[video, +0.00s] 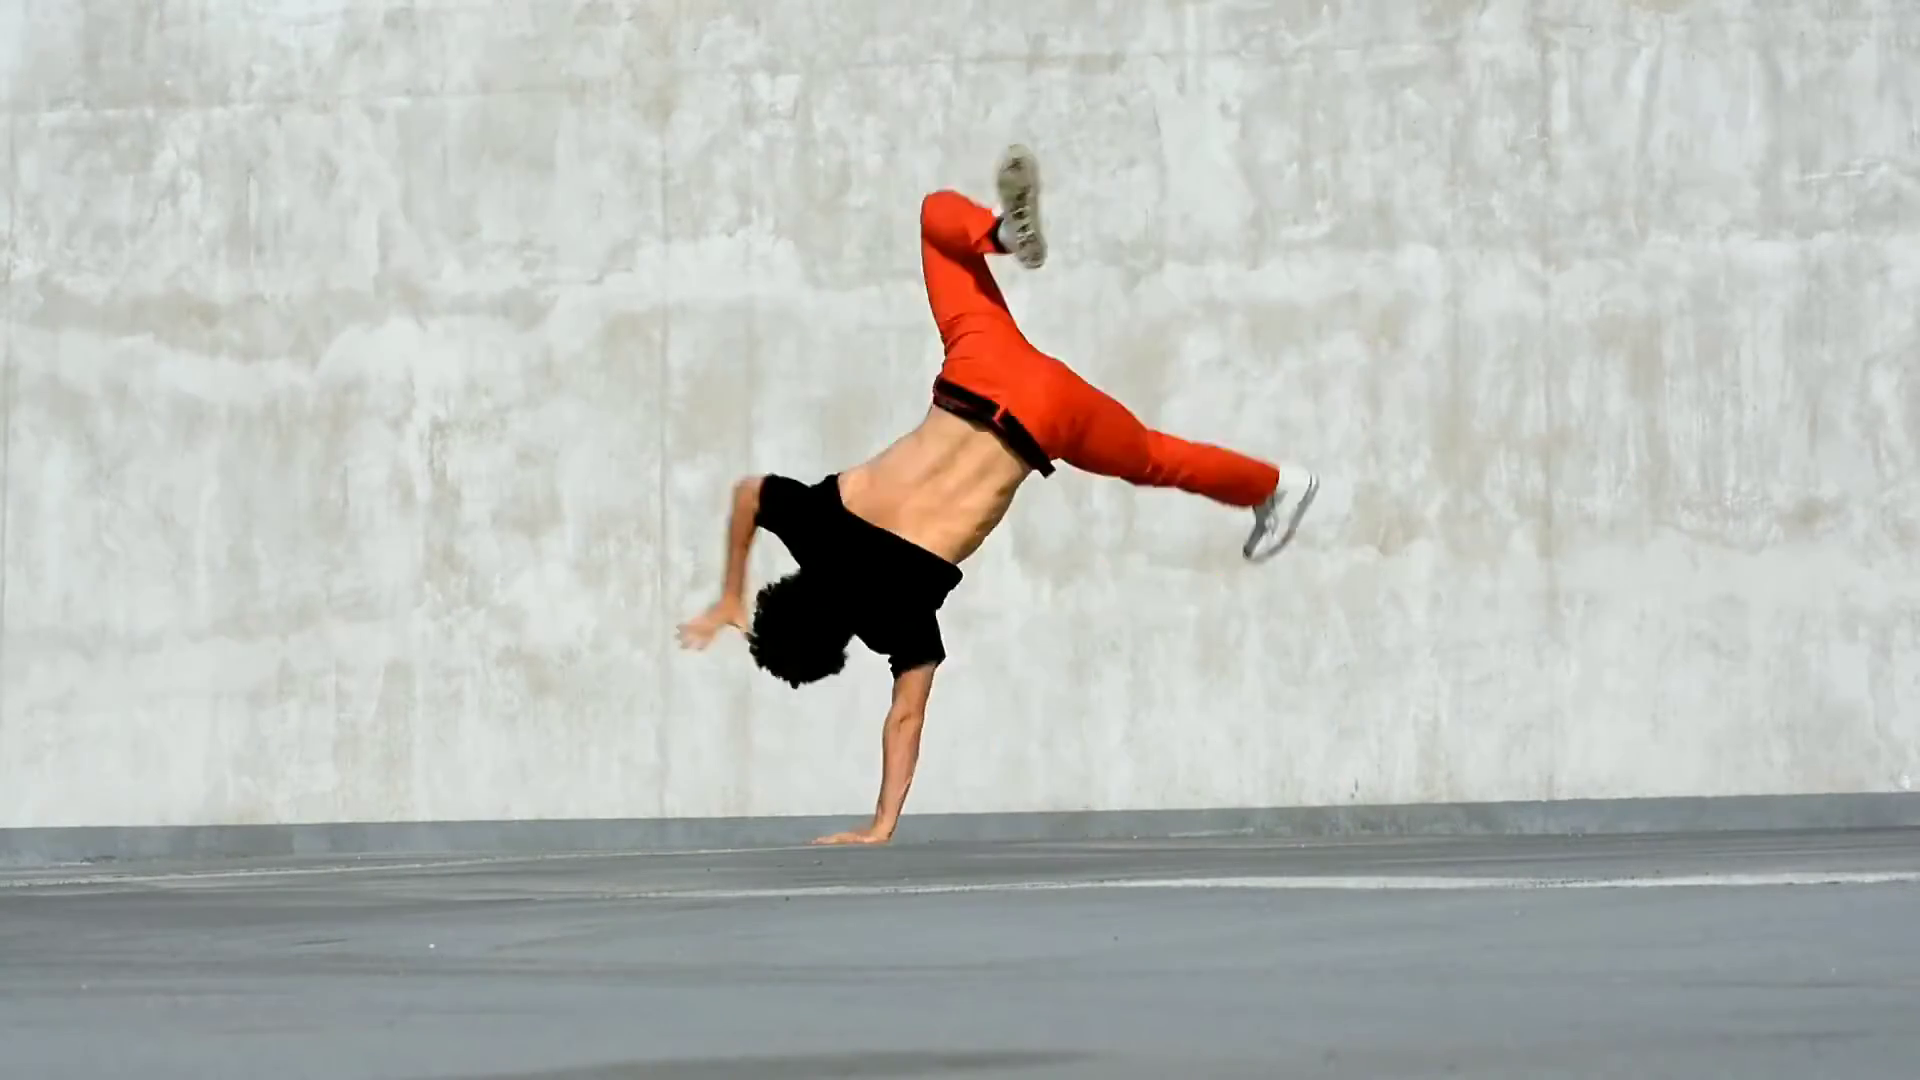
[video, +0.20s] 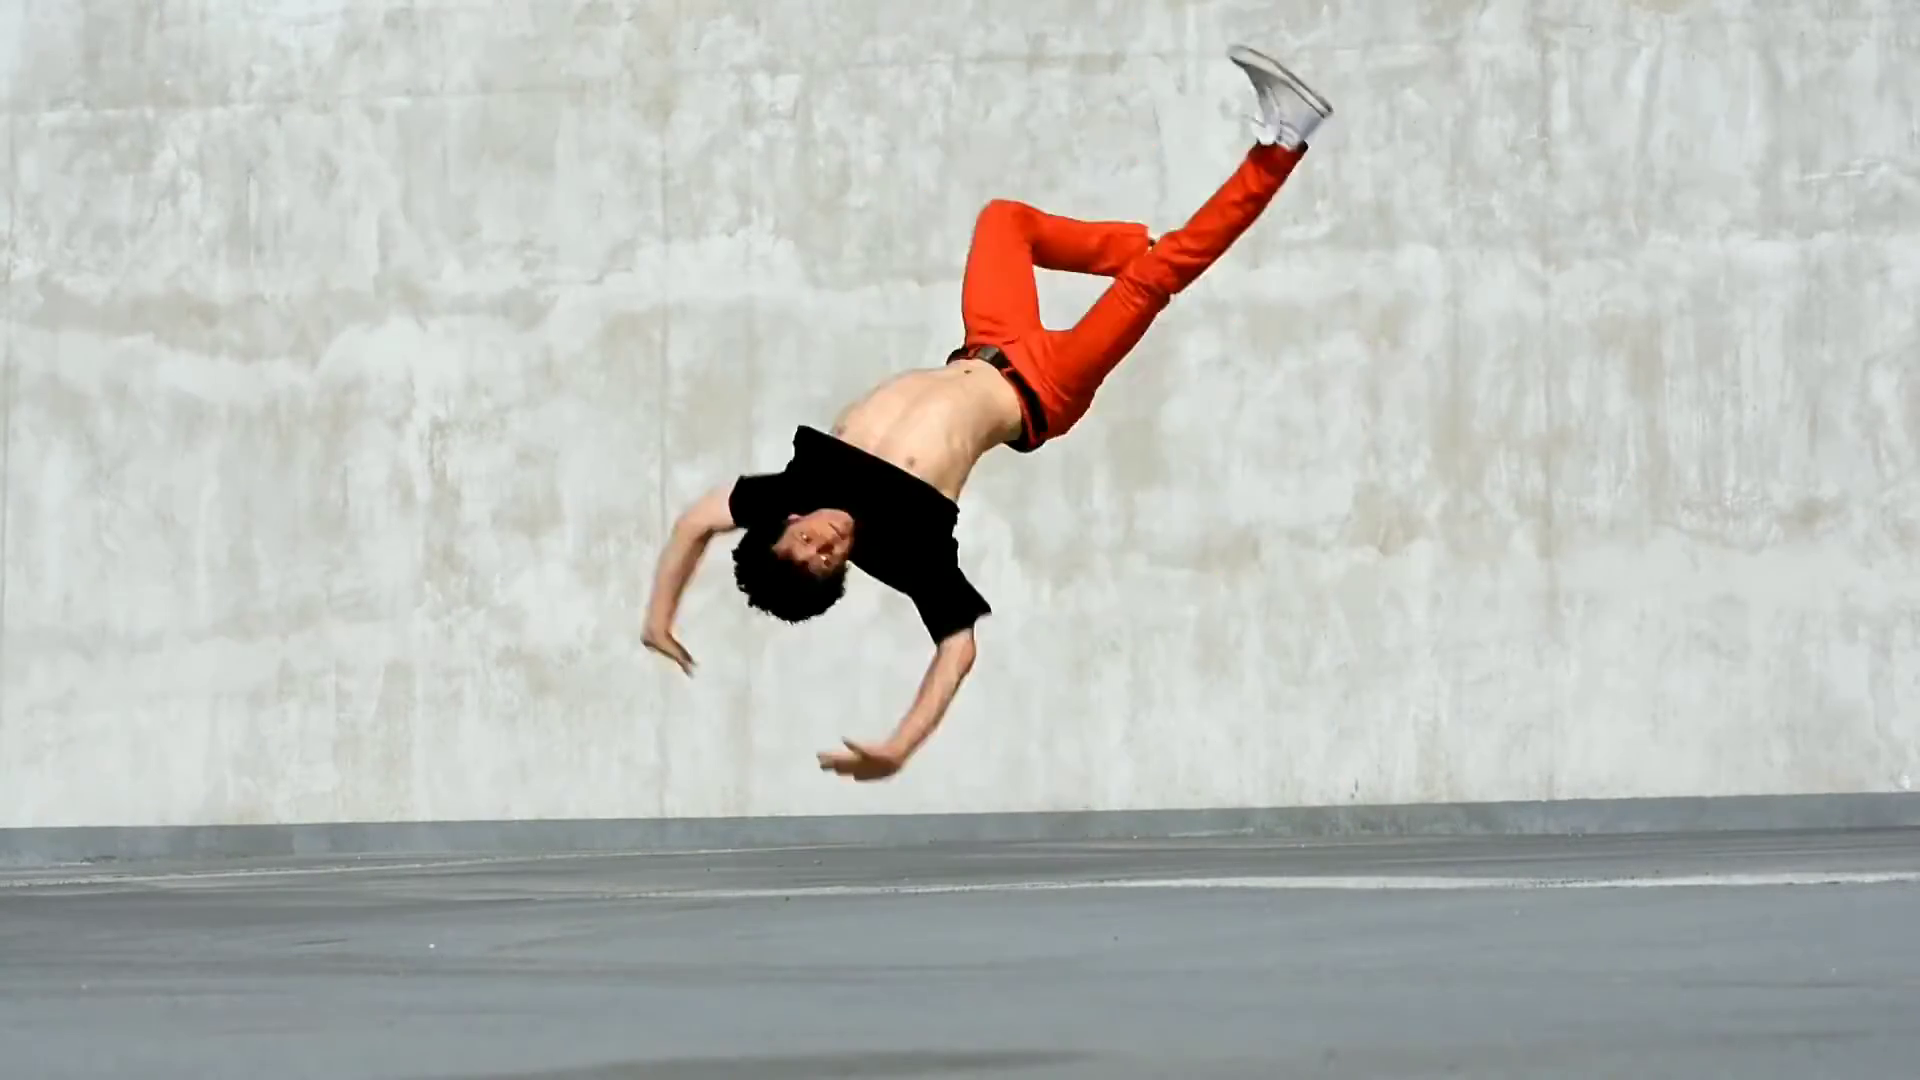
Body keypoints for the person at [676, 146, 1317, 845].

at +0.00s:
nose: (807, 668)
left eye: (800, 667)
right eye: (788, 656)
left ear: (831, 650)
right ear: (796, 608)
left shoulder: (907, 626)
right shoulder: (817, 527)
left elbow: (905, 722)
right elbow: (745, 495)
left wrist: (883, 827)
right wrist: (729, 599)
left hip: (1043, 411)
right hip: (971, 368)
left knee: (1153, 458)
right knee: (934, 217)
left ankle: (1277, 488)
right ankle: (1002, 231)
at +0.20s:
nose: (822, 538)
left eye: (804, 540)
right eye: (823, 556)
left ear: (790, 526)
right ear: (837, 566)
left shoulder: (795, 483)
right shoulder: (911, 552)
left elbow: (695, 520)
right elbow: (959, 644)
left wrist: (657, 620)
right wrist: (900, 750)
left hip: (980, 362)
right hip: (1032, 394)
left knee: (1003, 216)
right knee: (1154, 272)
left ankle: (1145, 252)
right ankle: (1279, 149)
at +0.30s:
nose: (882, 596)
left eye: (865, 584)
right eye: (870, 608)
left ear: (850, 549)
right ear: (860, 613)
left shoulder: (854, 489)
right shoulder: (922, 620)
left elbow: (791, 424)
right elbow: (927, 714)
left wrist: (680, 444)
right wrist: (922, 825)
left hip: (978, 362)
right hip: (1048, 409)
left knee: (932, 185)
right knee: (1192, 366)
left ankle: (918, 311)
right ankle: (1345, 322)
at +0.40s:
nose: (919, 633)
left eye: (911, 621)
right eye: (907, 634)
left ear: (908, 585)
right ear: (899, 620)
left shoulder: (927, 519)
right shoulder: (919, 624)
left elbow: (991, 508)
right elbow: (924, 718)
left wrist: (1041, 555)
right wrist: (922, 824)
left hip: (974, 359)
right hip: (1022, 423)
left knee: (974, 187)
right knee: (1154, 496)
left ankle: (832, 243)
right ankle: (1326, 566)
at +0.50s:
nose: (977, 649)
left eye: (972, 642)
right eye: (967, 649)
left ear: (973, 617)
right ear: (941, 628)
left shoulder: (1025, 562)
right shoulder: (917, 605)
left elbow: (1122, 616)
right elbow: (924, 709)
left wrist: (1199, 711)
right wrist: (920, 820)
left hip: (985, 367)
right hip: (947, 413)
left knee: (1090, 197)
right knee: (1065, 543)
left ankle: (947, 119)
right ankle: (1107, 667)